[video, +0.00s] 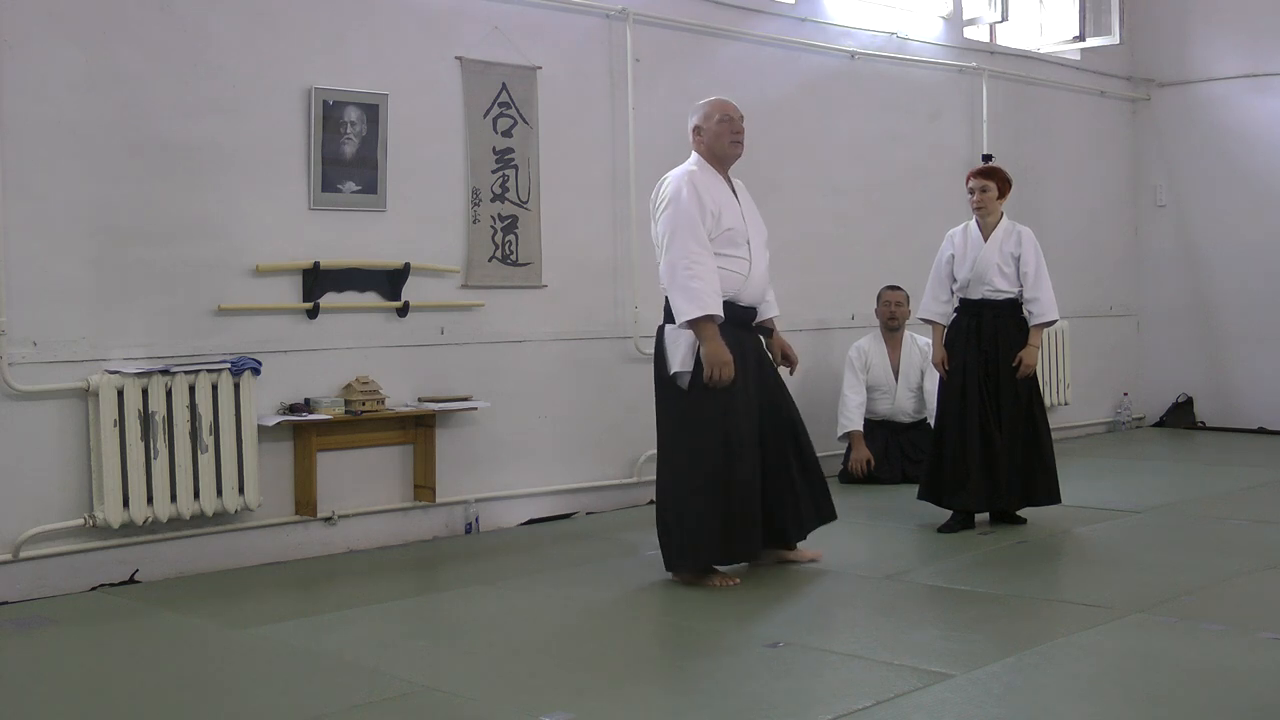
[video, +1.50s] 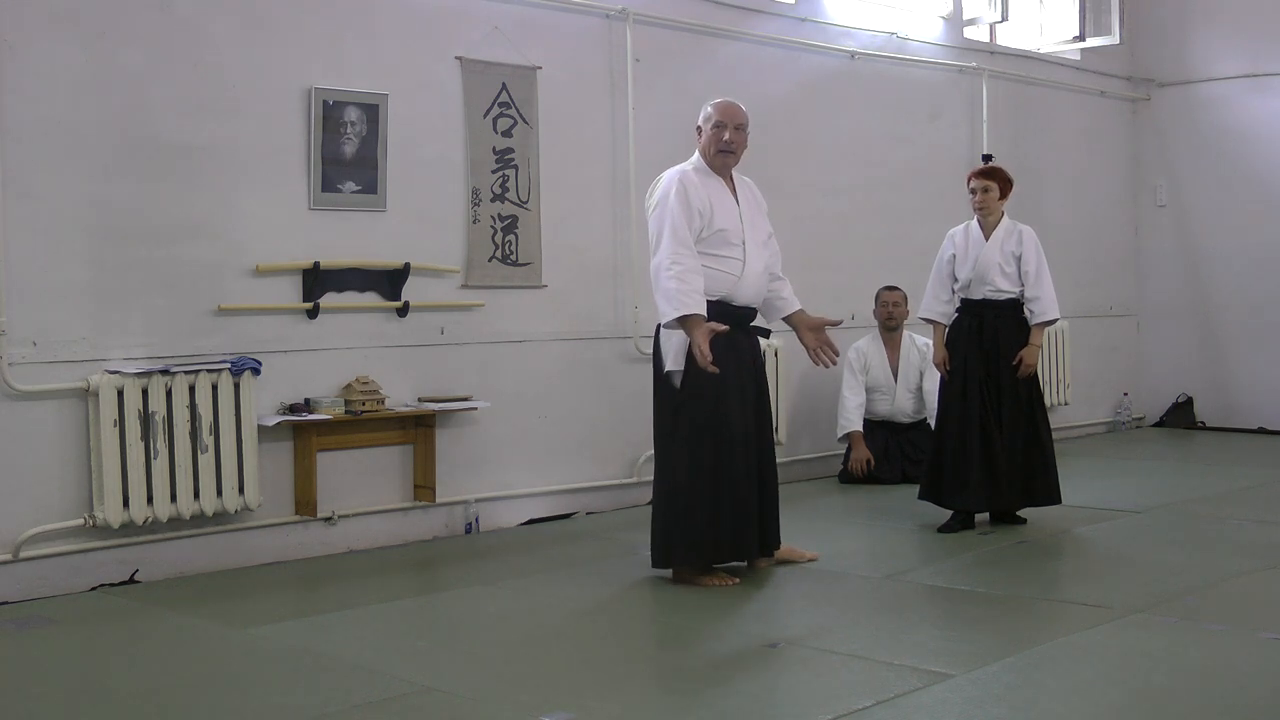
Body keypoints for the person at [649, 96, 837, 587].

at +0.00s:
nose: (739, 129)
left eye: (741, 123)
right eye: (726, 122)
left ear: (742, 135)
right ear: (698, 135)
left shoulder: (736, 190)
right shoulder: (682, 186)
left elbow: (750, 263)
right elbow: (686, 264)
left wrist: (771, 329)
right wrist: (709, 336)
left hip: (742, 330)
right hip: (698, 331)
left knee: (770, 432)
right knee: (700, 447)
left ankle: (771, 541)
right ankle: (691, 561)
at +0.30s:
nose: (750, 129)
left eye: (755, 122)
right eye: (739, 121)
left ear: (760, 134)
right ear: (712, 131)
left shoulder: (760, 194)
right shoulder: (692, 182)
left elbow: (774, 265)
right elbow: (690, 259)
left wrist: (784, 330)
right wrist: (716, 327)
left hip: (753, 332)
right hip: (705, 331)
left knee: (760, 438)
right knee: (703, 446)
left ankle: (765, 543)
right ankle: (690, 558)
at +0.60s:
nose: (748, 132)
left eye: (755, 125)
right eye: (738, 123)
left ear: (761, 137)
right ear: (714, 131)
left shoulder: (764, 194)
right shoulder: (691, 181)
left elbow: (779, 266)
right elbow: (684, 259)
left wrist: (798, 320)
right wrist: (723, 320)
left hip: (753, 329)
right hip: (702, 328)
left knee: (761, 437)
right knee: (699, 443)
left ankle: (766, 543)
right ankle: (686, 558)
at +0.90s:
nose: (737, 133)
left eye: (744, 127)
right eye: (726, 124)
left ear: (751, 137)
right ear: (703, 133)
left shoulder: (753, 192)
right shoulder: (682, 183)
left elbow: (774, 264)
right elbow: (676, 259)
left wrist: (814, 299)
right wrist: (715, 310)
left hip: (746, 326)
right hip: (697, 328)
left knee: (759, 436)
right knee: (695, 443)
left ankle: (767, 545)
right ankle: (688, 560)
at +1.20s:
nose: (728, 134)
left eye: (736, 127)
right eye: (718, 126)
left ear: (745, 138)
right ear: (696, 134)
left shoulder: (748, 192)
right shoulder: (678, 184)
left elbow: (770, 267)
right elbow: (674, 257)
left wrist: (808, 316)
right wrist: (697, 320)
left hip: (741, 330)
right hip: (695, 328)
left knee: (757, 438)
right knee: (693, 446)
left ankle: (767, 545)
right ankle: (687, 561)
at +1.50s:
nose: (728, 137)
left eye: (738, 130)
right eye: (719, 128)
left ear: (748, 139)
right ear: (699, 133)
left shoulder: (749, 192)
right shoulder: (678, 184)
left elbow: (768, 267)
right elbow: (672, 260)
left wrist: (799, 319)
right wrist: (694, 323)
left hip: (742, 330)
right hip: (695, 329)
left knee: (753, 439)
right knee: (695, 446)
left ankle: (761, 544)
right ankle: (688, 562)